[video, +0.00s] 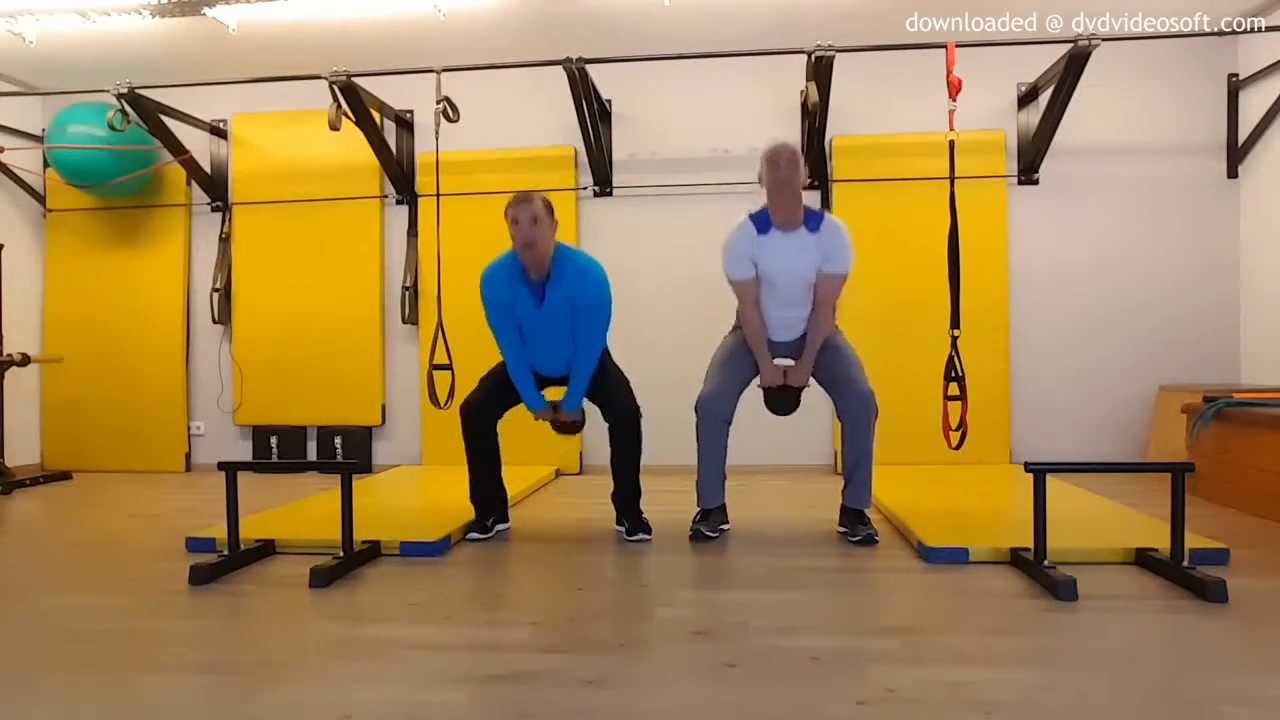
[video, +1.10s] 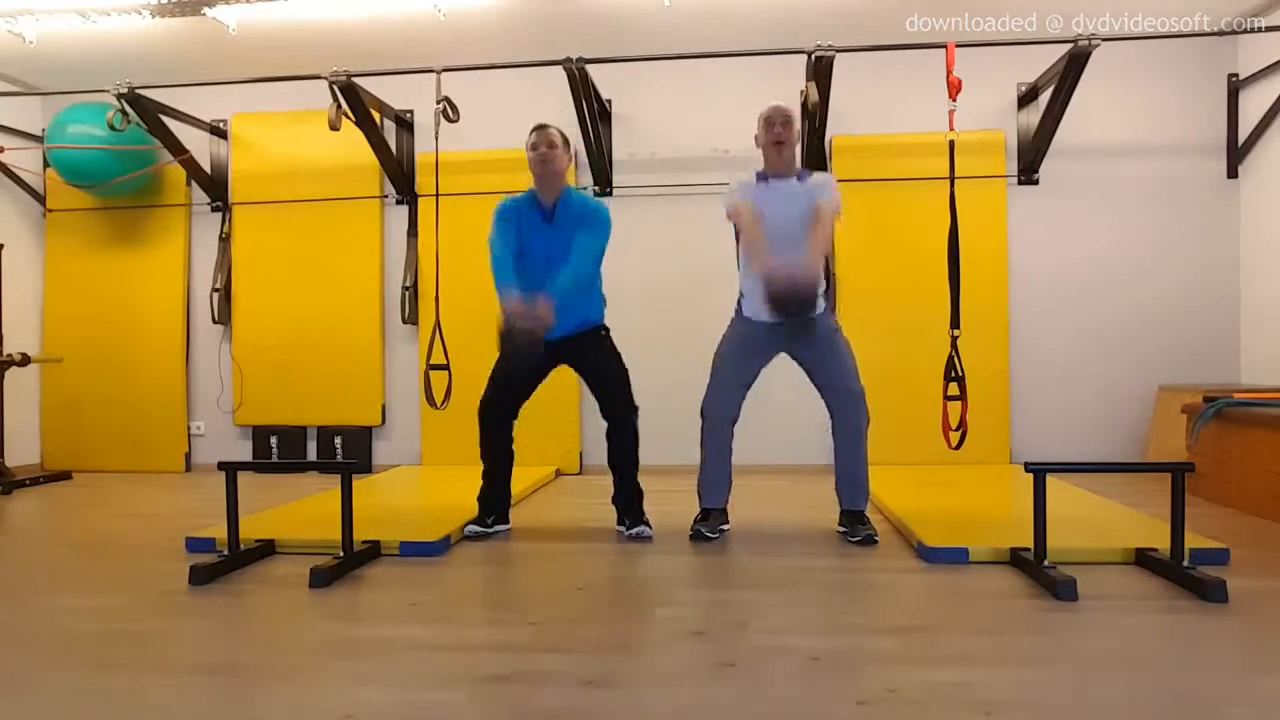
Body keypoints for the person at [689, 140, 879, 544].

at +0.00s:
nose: (785, 171)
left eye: (792, 165)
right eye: (776, 165)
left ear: (805, 177)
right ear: (761, 179)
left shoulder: (831, 233)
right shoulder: (742, 239)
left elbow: (824, 310)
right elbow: (748, 310)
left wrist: (806, 364)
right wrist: (765, 363)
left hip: (816, 337)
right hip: (754, 338)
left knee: (860, 401)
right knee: (711, 402)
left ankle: (854, 510)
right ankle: (712, 509)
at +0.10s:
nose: (779, 128)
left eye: (786, 123)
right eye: (770, 124)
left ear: (798, 136)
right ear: (756, 140)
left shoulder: (827, 196)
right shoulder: (740, 203)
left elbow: (821, 276)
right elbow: (749, 277)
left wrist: (807, 335)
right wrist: (767, 335)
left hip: (815, 317)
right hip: (756, 318)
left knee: (854, 404)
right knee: (719, 406)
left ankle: (854, 512)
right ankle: (712, 510)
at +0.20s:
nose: (774, 116)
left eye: (781, 110)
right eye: (766, 110)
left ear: (792, 122)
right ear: (753, 124)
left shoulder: (819, 170)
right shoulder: (740, 175)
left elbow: (820, 224)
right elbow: (750, 229)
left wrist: (804, 277)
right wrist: (771, 281)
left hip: (813, 307)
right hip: (756, 309)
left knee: (844, 407)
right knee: (727, 407)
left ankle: (854, 512)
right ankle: (713, 510)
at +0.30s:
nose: (773, 130)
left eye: (779, 124)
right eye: (765, 125)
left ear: (791, 135)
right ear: (753, 137)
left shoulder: (814, 169)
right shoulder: (741, 178)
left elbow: (823, 186)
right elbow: (741, 192)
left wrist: (800, 195)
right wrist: (777, 197)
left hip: (811, 300)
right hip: (755, 302)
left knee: (835, 405)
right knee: (735, 406)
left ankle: (852, 511)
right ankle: (714, 508)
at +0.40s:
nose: (785, 146)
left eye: (793, 140)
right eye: (780, 139)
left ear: (806, 138)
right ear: (764, 133)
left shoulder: (817, 177)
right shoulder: (744, 178)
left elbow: (823, 180)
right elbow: (739, 185)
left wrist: (810, 134)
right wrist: (759, 148)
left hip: (813, 299)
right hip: (756, 301)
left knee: (838, 404)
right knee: (735, 406)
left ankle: (852, 511)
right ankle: (714, 508)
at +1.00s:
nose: (779, 117)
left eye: (785, 111)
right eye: (770, 111)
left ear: (797, 122)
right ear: (758, 125)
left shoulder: (820, 166)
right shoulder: (745, 172)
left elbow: (828, 180)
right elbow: (740, 183)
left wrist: (800, 179)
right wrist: (777, 182)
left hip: (814, 313)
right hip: (755, 315)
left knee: (847, 407)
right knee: (723, 411)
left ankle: (852, 512)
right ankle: (714, 509)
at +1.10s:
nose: (779, 128)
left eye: (786, 123)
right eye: (771, 123)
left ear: (798, 136)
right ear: (758, 138)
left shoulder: (822, 184)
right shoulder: (741, 192)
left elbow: (823, 229)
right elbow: (751, 232)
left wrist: (811, 272)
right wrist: (770, 273)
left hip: (813, 323)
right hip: (754, 324)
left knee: (851, 409)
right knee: (716, 410)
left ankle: (853, 512)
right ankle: (713, 510)